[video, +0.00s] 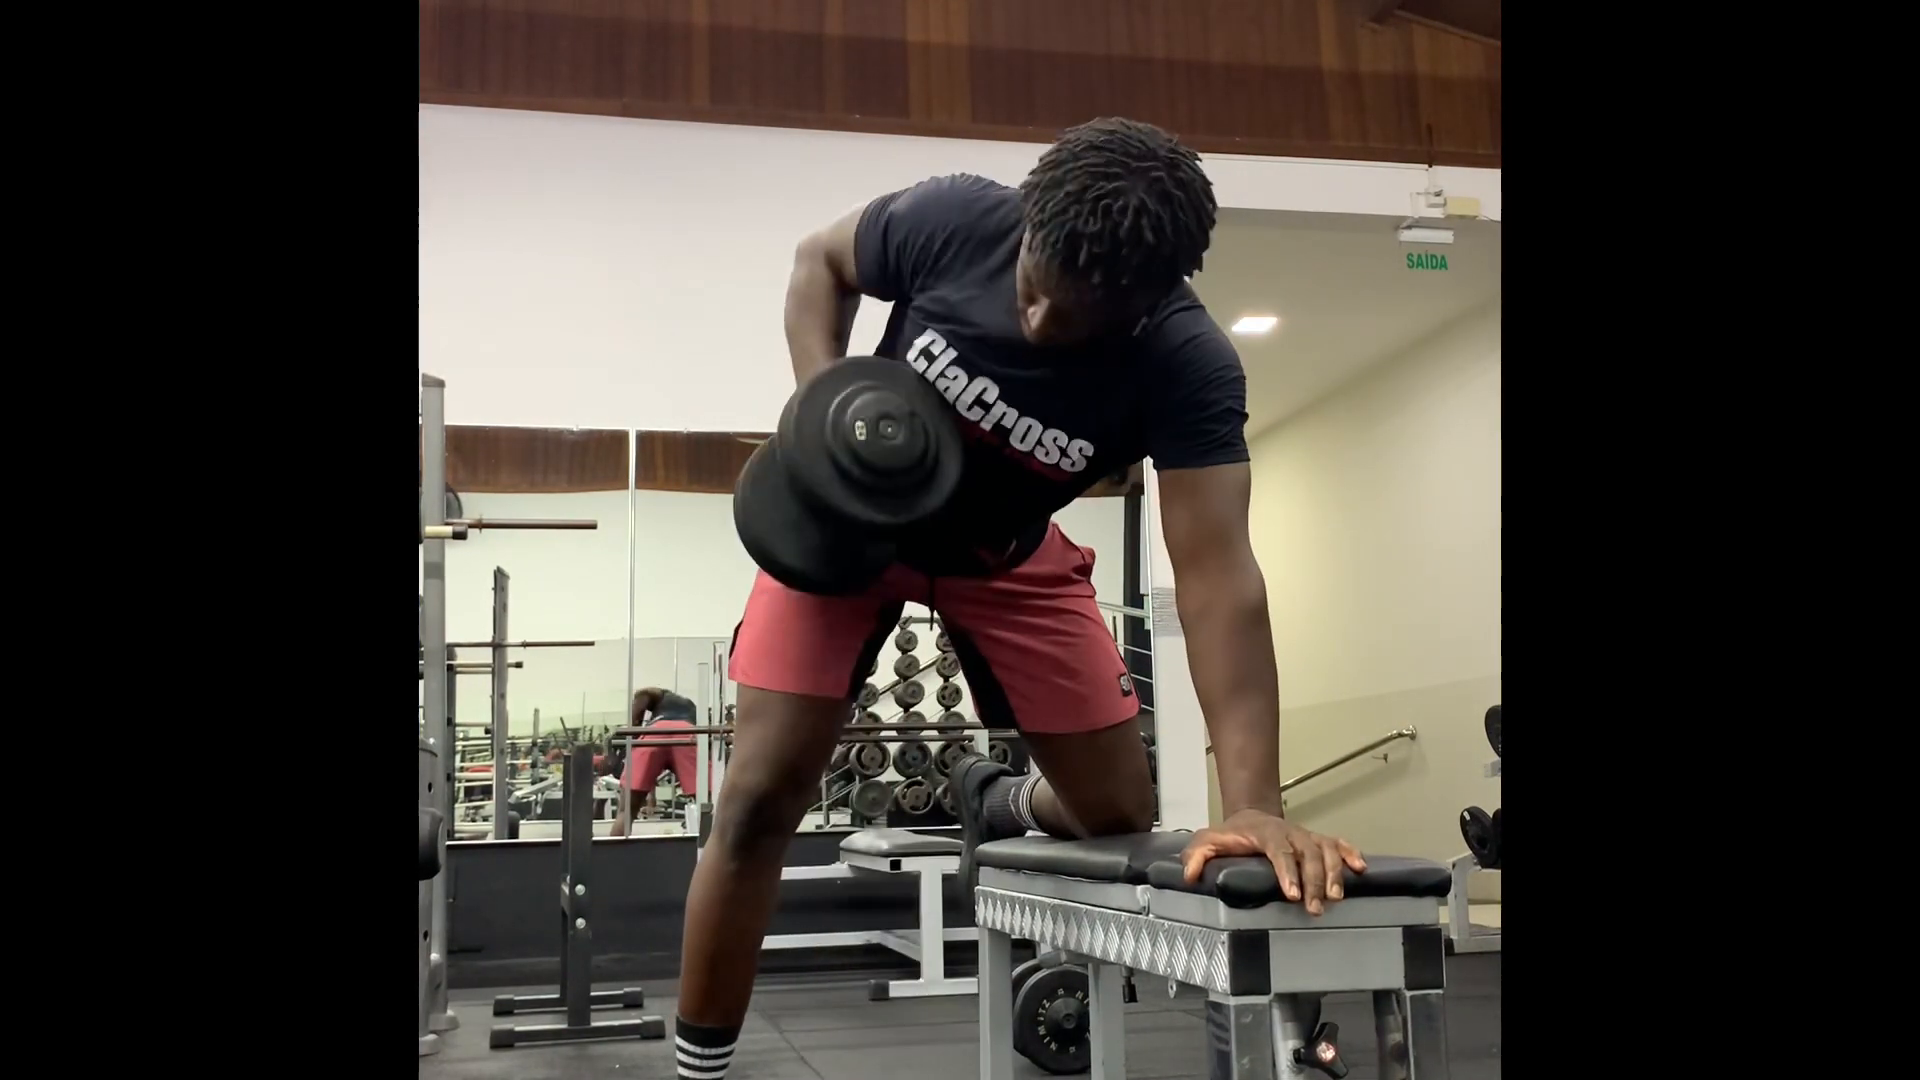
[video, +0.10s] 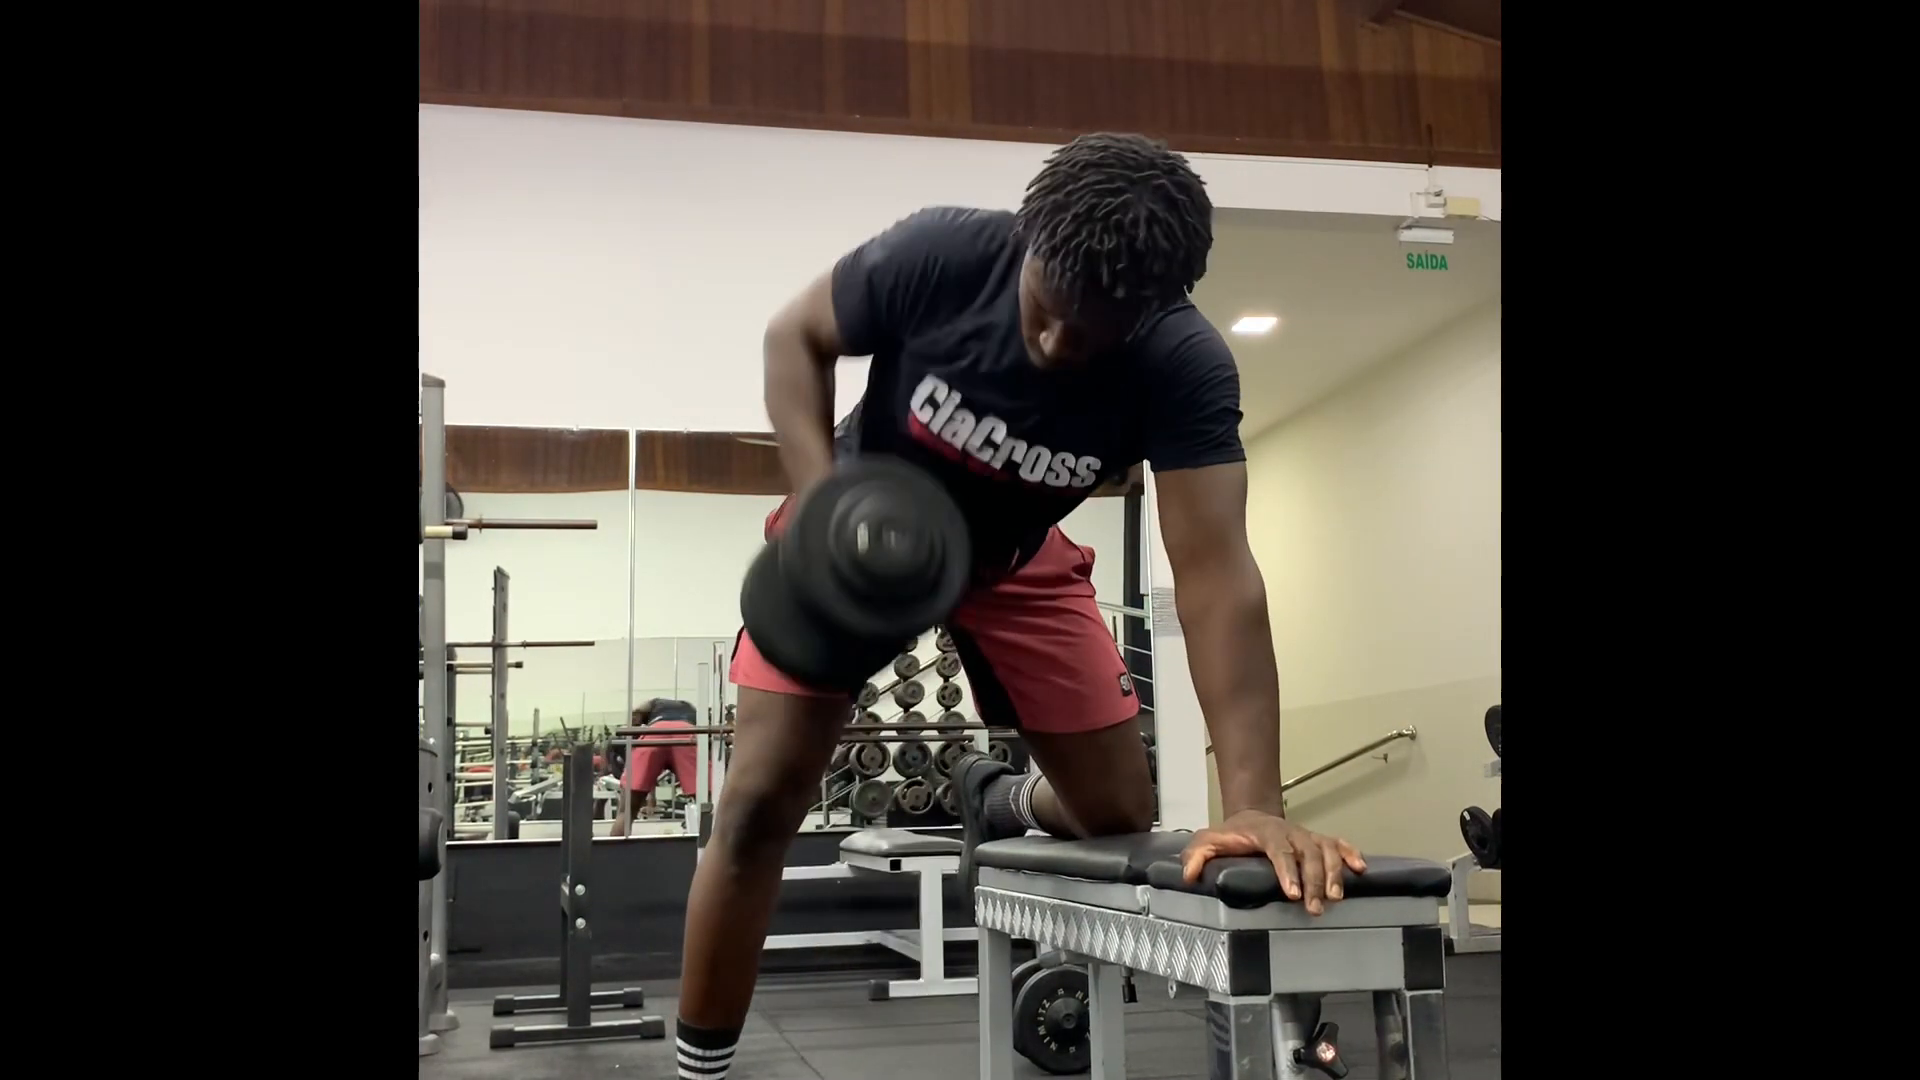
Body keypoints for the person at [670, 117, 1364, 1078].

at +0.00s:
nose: (1041, 322)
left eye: (1077, 313)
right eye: (1034, 287)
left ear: (1146, 302)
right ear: (1028, 225)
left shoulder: (1187, 366)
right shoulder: (954, 221)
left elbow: (1220, 579)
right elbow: (820, 262)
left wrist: (1254, 808)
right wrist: (823, 397)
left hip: (1015, 552)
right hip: (858, 515)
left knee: (1118, 812)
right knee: (757, 801)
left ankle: (997, 802)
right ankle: (697, 1071)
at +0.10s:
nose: (1056, 343)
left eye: (1091, 331)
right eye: (1045, 307)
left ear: (1152, 311)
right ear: (1030, 242)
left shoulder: (1183, 366)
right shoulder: (944, 254)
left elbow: (1218, 573)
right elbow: (796, 334)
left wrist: (1255, 806)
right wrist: (820, 510)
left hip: (1022, 560)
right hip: (866, 523)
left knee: (1118, 814)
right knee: (755, 807)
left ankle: (996, 799)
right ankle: (698, 1072)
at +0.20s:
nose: (1056, 388)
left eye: (1091, 367)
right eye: (1038, 353)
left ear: (1139, 334)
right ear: (1004, 289)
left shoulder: (1163, 373)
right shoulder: (897, 339)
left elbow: (1203, 574)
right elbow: (799, 515)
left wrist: (1252, 804)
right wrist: (838, 724)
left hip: (1027, 566)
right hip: (857, 540)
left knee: (1121, 815)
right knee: (749, 801)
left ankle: (995, 796)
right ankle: (696, 1074)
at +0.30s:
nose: (1044, 445)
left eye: (1071, 422)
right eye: (1018, 418)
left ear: (1112, 377)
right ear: (973, 360)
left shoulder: (1136, 382)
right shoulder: (878, 439)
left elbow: (1188, 575)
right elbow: (832, 679)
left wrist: (1250, 803)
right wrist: (866, 919)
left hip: (1020, 563)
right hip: (843, 553)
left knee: (1122, 816)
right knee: (744, 797)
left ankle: (1012, 799)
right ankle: (696, 1070)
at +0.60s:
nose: (1028, 432)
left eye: (1058, 411)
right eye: (1006, 400)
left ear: (1101, 379)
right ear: (965, 342)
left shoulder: (1126, 394)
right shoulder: (866, 433)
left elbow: (1191, 587)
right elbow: (834, 683)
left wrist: (1250, 806)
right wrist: (871, 921)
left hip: (1013, 563)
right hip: (839, 552)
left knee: (1121, 815)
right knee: (741, 794)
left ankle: (1002, 797)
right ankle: (695, 1072)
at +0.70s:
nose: (1064, 322)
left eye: (1098, 302)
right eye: (1045, 286)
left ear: (1141, 282)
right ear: (1017, 231)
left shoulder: (1160, 376)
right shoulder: (903, 287)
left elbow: (1202, 579)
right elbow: (785, 451)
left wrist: (1252, 806)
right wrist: (832, 627)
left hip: (1008, 573)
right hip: (843, 545)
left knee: (1120, 818)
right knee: (742, 798)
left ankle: (996, 797)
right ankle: (693, 1073)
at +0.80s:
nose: (1104, 312)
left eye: (1140, 291)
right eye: (1083, 276)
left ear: (1181, 265)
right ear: (1049, 215)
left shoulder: (1178, 381)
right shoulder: (945, 237)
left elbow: (1210, 578)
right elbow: (806, 293)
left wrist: (1253, 809)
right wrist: (830, 433)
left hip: (1004, 555)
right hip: (857, 512)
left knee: (1118, 810)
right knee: (749, 798)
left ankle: (991, 802)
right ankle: (696, 1073)